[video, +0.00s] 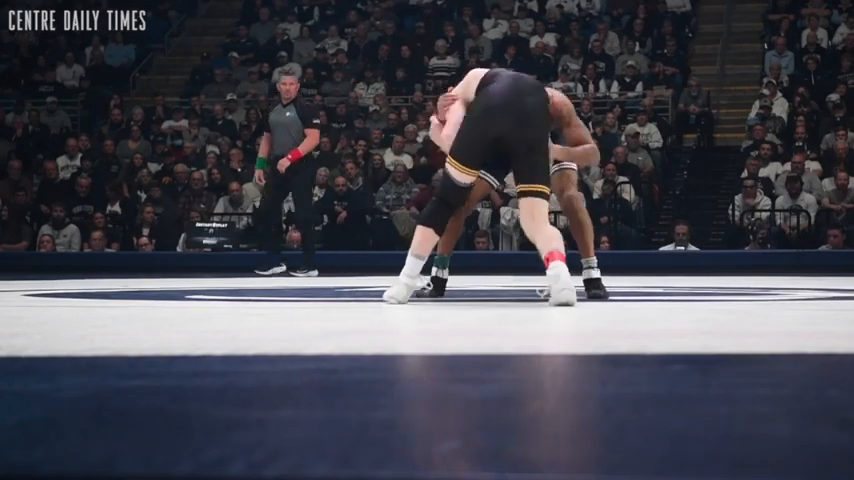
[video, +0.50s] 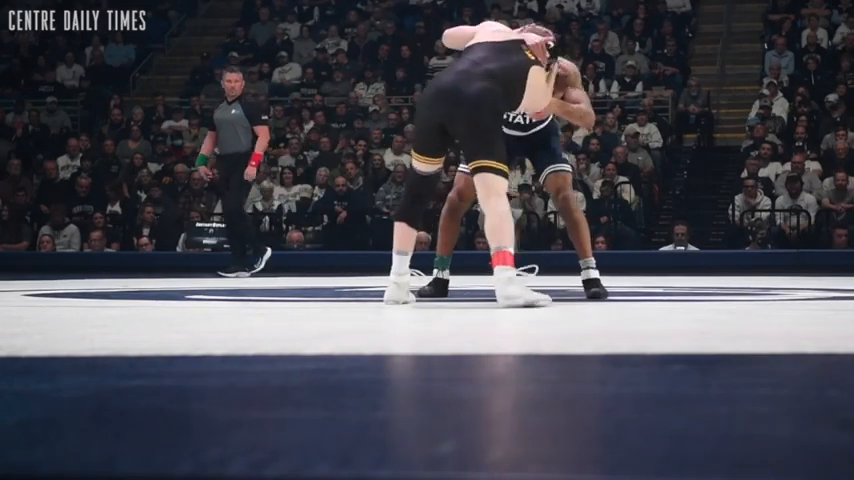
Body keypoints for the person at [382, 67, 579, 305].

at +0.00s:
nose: (450, 119)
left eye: (446, 114)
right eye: (446, 116)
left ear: (450, 100)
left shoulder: (460, 93)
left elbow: (450, 141)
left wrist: (436, 134)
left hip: (489, 108)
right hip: (535, 113)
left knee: (445, 201)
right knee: (536, 217)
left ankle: (406, 281)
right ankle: (559, 274)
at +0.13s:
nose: (458, 86)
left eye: (458, 80)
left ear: (464, 61)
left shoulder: (471, 63)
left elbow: (420, 89)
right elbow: (541, 144)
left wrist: (446, 67)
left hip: (496, 95)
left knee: (438, 197)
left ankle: (402, 281)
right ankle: (554, 277)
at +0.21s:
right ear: (553, 87)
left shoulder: (490, 44)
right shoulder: (549, 94)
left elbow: (424, 58)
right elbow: (535, 129)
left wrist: (469, 57)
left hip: (464, 106)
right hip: (510, 121)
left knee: (431, 194)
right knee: (520, 215)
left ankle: (399, 279)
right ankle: (553, 278)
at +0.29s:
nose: (561, 99)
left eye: (565, 94)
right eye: (562, 92)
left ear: (539, 54)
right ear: (552, 76)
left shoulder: (491, 36)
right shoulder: (539, 80)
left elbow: (435, 29)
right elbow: (544, 124)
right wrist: (563, 95)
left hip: (440, 101)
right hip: (486, 113)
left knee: (419, 190)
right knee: (518, 208)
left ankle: (396, 281)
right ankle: (553, 282)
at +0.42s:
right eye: (550, 59)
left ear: (525, 35)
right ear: (546, 55)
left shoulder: (491, 28)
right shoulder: (533, 69)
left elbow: (451, 32)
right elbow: (539, 107)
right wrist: (558, 74)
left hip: (431, 98)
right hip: (474, 109)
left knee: (414, 192)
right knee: (502, 201)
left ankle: (397, 281)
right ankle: (517, 280)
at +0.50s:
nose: (549, 56)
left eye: (549, 48)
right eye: (549, 50)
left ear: (520, 32)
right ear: (541, 48)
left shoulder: (492, 29)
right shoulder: (536, 69)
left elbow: (448, 37)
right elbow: (536, 110)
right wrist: (551, 72)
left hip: (436, 95)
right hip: (479, 104)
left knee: (417, 188)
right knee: (494, 197)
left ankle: (398, 281)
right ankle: (507, 283)